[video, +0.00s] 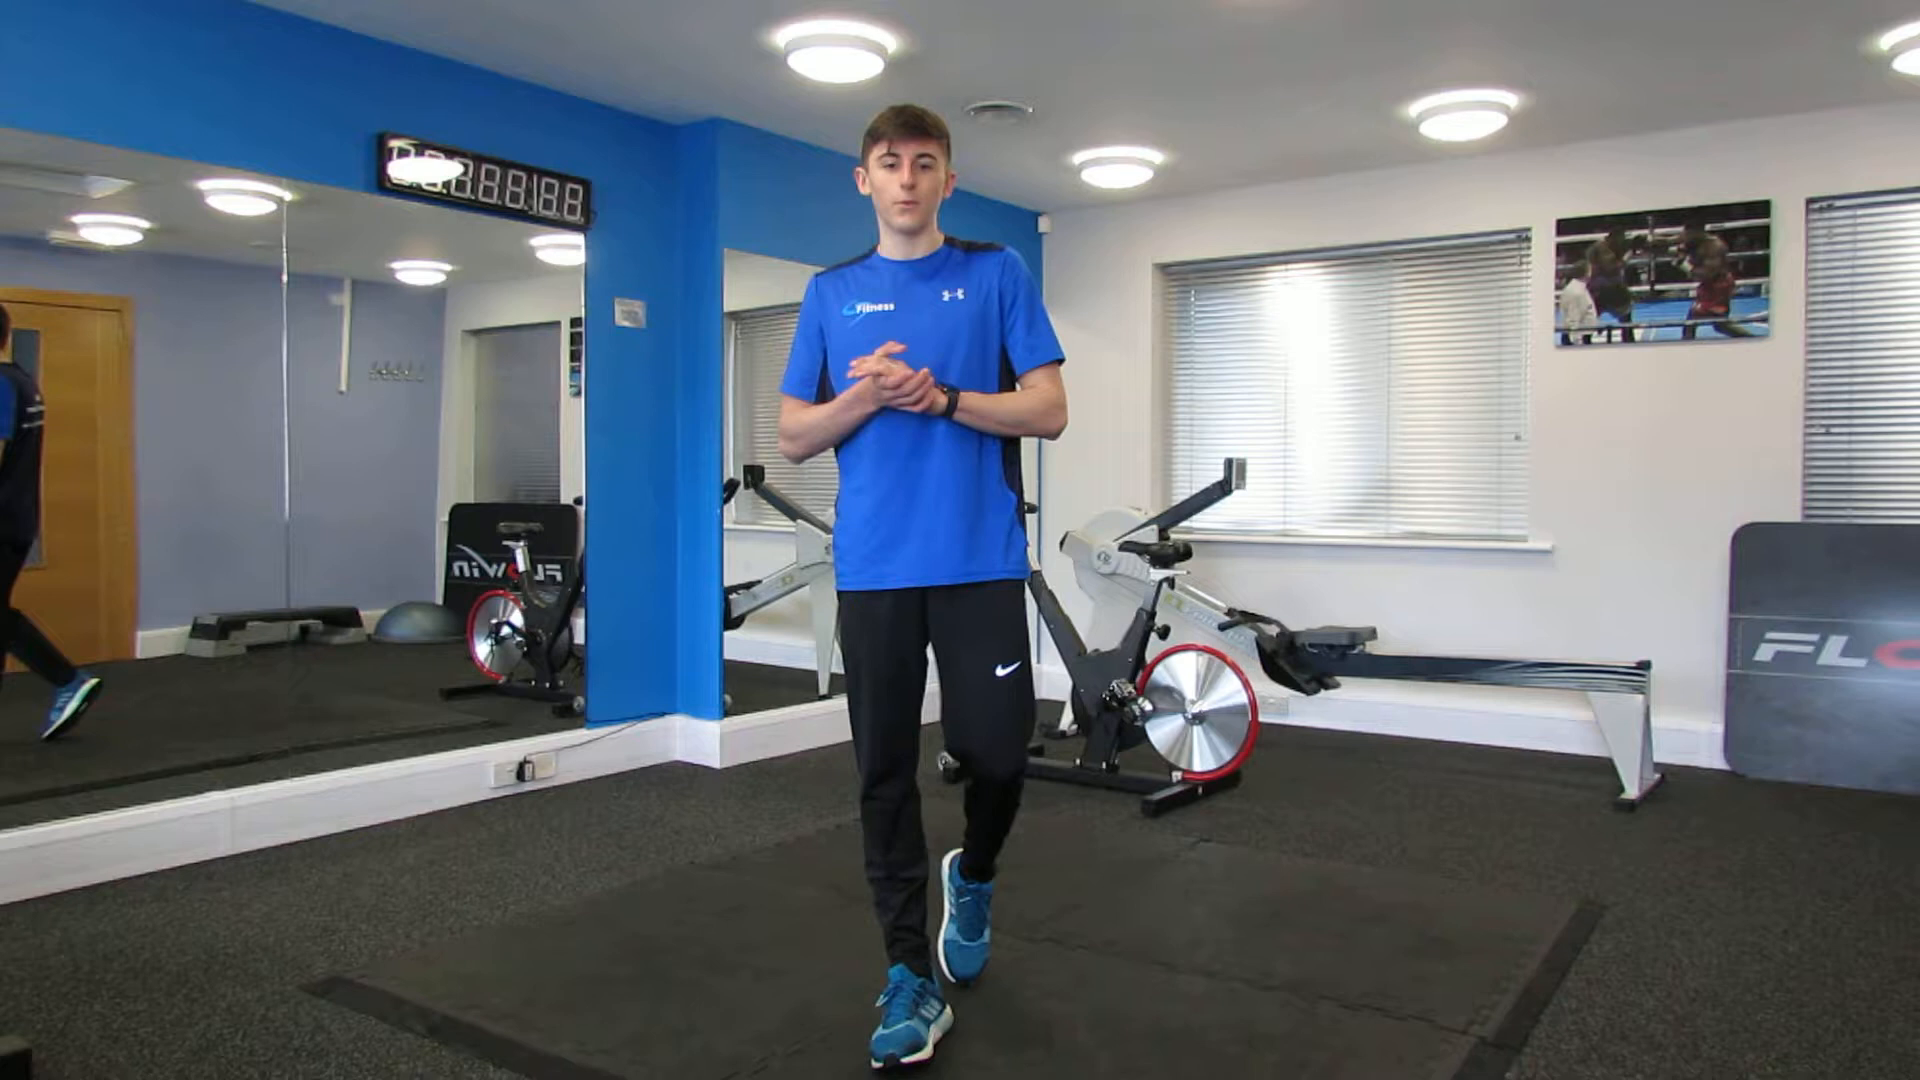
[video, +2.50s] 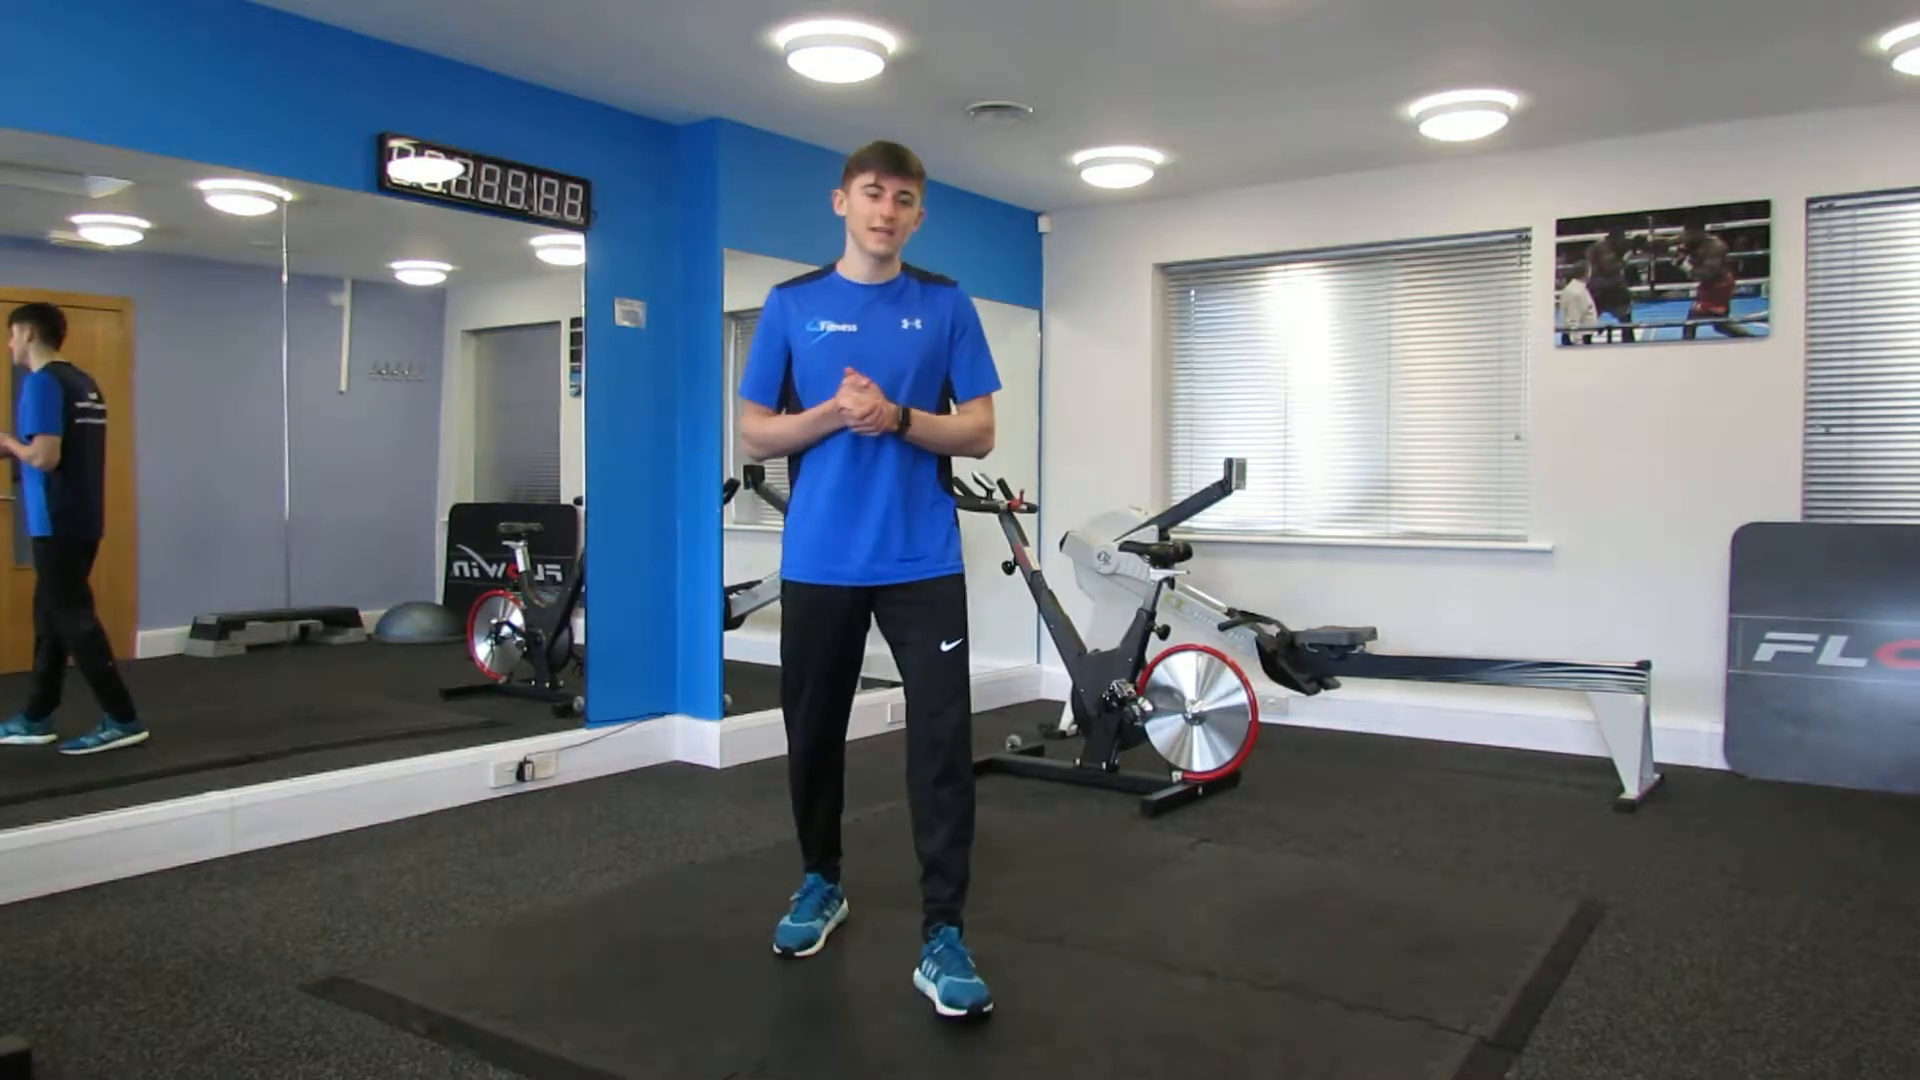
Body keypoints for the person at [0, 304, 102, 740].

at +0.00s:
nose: (1, 338)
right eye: (4, 330)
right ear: (9, 333)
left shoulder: (10, 383)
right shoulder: (24, 382)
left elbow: (11, 450)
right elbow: (28, 461)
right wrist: (21, 520)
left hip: (9, 524)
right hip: (19, 522)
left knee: (3, 612)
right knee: (4, 610)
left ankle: (67, 680)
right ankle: (67, 680)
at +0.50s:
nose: (5, 347)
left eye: (9, 338)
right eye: (6, 339)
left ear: (27, 340)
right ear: (45, 341)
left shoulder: (48, 384)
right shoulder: (70, 382)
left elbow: (65, 451)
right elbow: (66, 449)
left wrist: (13, 447)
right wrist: (21, 451)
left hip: (46, 529)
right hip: (76, 528)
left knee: (12, 623)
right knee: (85, 616)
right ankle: (102, 714)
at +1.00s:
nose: (40, 338)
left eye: (45, 329)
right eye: (41, 330)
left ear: (65, 333)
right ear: (85, 334)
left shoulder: (78, 379)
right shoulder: (111, 380)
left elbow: (79, 452)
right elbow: (91, 449)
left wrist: (40, 439)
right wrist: (41, 443)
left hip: (83, 523)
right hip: (103, 521)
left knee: (90, 616)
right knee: (93, 615)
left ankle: (121, 718)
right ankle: (101, 713)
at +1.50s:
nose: (40, 335)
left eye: (45, 326)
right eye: (41, 327)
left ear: (65, 328)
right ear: (81, 330)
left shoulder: (91, 376)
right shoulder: (109, 375)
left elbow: (103, 451)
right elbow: (96, 446)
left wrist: (50, 440)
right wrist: (49, 443)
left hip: (98, 524)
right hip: (109, 523)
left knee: (96, 616)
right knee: (104, 615)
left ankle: (124, 719)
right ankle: (117, 715)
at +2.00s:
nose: (36, 336)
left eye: (40, 327)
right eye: (38, 327)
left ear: (58, 328)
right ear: (81, 330)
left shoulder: (79, 377)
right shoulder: (111, 376)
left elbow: (83, 453)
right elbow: (92, 449)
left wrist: (40, 437)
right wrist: (42, 444)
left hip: (91, 522)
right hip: (108, 519)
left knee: (74, 604)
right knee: (83, 604)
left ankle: (122, 717)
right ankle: (109, 709)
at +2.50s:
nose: (9, 345)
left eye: (12, 336)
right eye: (10, 336)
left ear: (27, 335)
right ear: (54, 336)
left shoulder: (43, 381)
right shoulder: (85, 383)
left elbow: (46, 456)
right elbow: (81, 457)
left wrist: (11, 445)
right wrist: (24, 451)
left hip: (57, 529)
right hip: (82, 527)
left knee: (74, 620)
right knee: (51, 619)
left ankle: (124, 719)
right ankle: (36, 718)